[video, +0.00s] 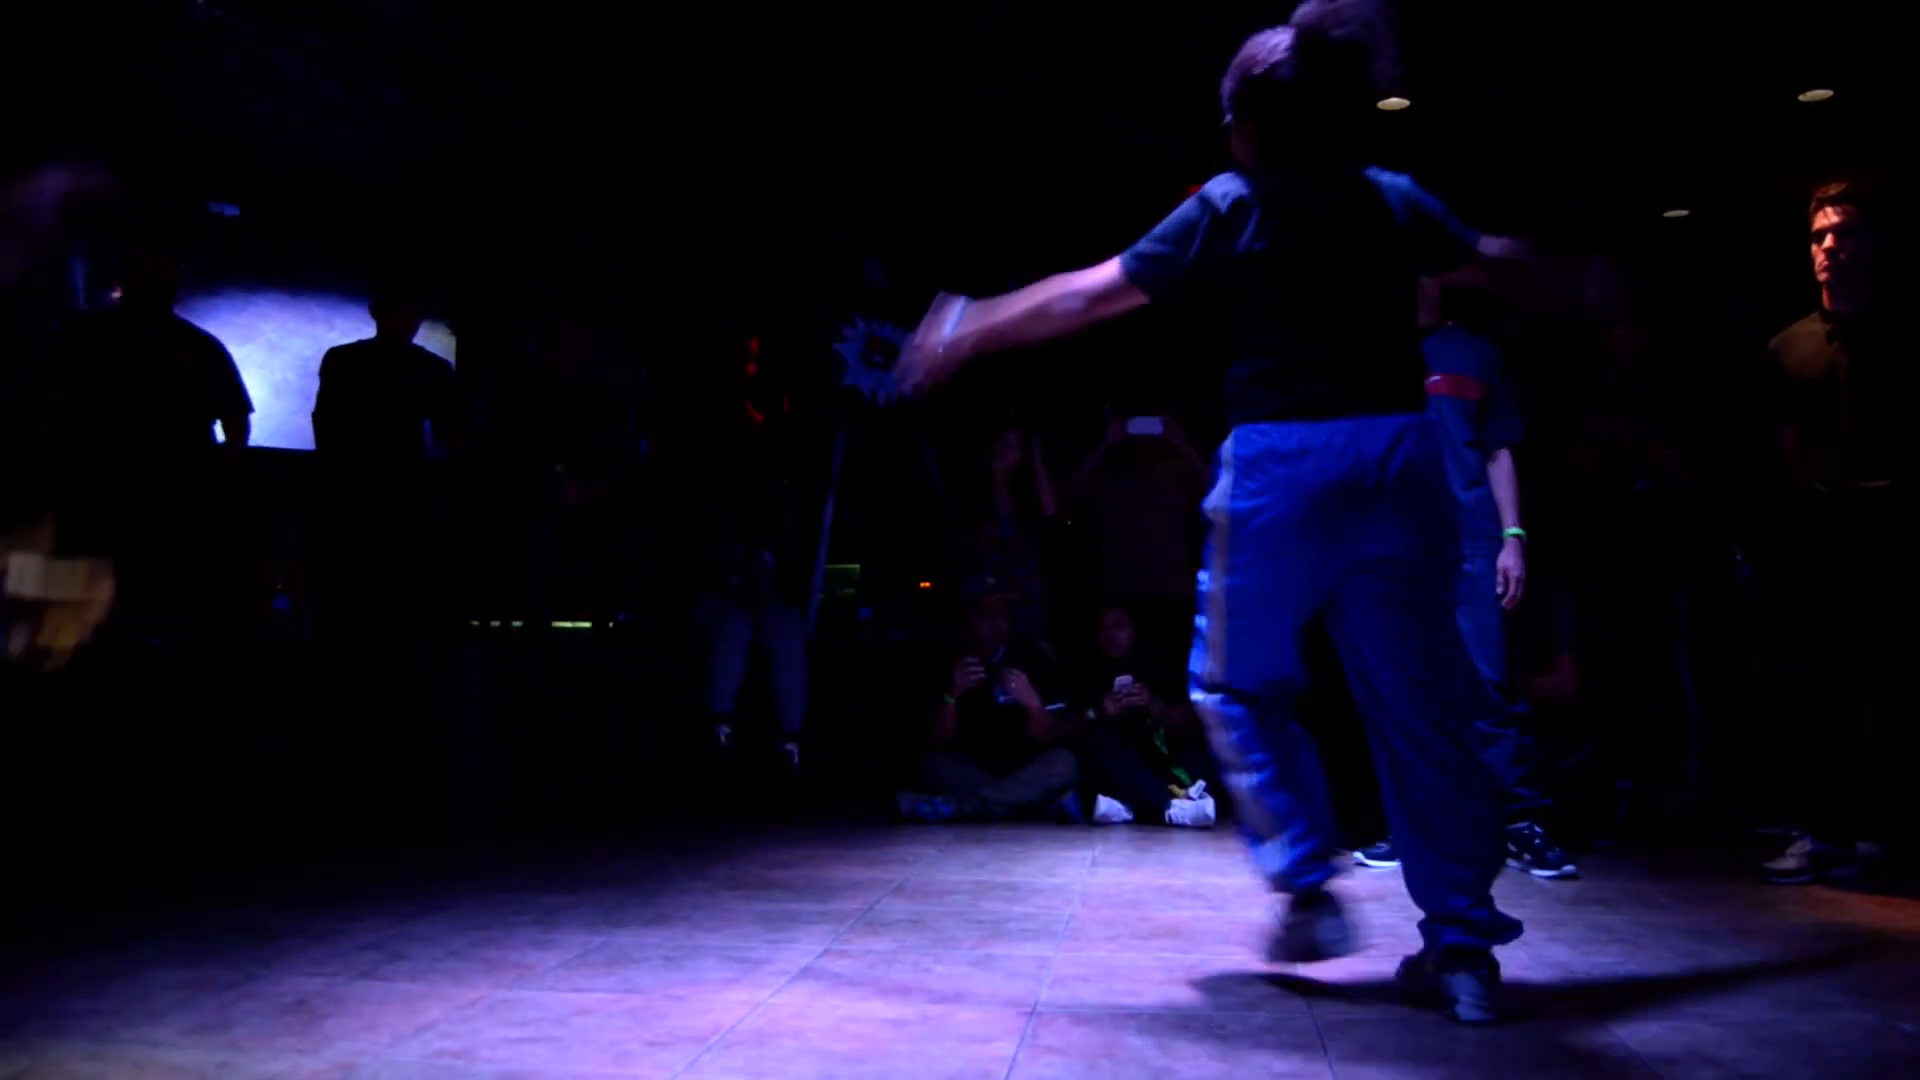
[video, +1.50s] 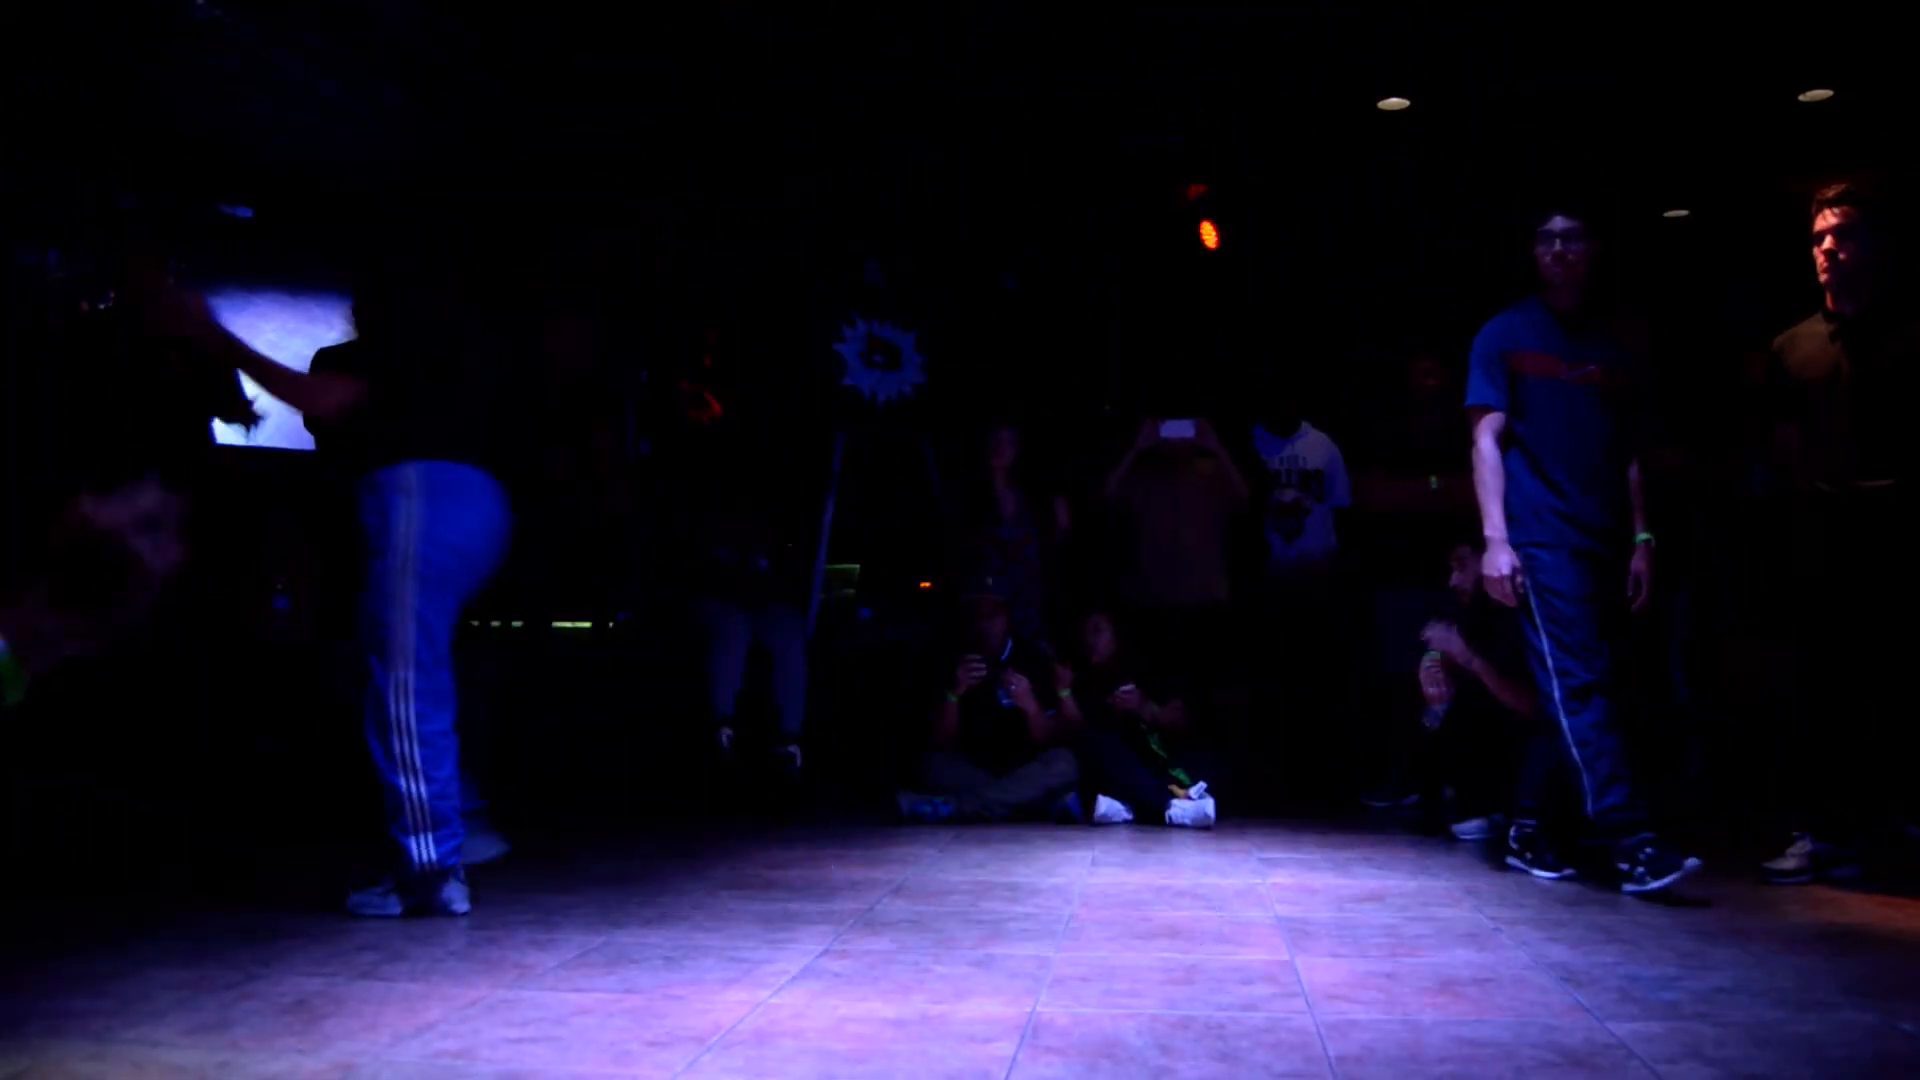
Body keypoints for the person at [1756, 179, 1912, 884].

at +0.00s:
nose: (1828, 250)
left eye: (1843, 235)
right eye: (1818, 237)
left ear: (1876, 249)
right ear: (1809, 253)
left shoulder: (1906, 339)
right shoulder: (1791, 348)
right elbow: (1768, 452)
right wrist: (1769, 532)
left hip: (1894, 541)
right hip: (1811, 540)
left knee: (1891, 683)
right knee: (1813, 681)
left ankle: (1890, 830)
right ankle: (1817, 828)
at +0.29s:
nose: (1825, 254)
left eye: (1840, 239)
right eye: (1817, 241)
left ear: (1875, 249)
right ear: (1810, 254)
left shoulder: (1903, 338)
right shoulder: (1795, 347)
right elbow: (1774, 451)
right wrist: (1776, 530)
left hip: (1892, 540)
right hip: (1812, 539)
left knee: (1890, 684)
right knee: (1815, 681)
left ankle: (1892, 835)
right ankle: (1818, 828)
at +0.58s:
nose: (1828, 249)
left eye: (1845, 234)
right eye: (1820, 236)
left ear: (1876, 249)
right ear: (1810, 252)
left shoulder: (1906, 338)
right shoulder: (1791, 347)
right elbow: (1768, 453)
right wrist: (1772, 530)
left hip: (1895, 541)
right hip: (1812, 539)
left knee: (1894, 683)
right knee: (1815, 682)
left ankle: (1900, 834)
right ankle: (1816, 829)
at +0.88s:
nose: (1828, 252)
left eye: (1843, 237)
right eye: (1819, 239)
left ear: (1876, 249)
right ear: (1811, 254)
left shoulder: (1905, 339)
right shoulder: (1792, 348)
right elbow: (1768, 449)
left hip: (1893, 539)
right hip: (1811, 538)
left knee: (1891, 684)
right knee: (1814, 682)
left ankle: (1892, 835)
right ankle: (1814, 829)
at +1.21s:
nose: (1829, 251)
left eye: (1844, 237)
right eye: (1820, 238)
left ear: (1876, 250)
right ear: (1812, 254)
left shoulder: (1908, 338)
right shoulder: (1794, 348)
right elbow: (1771, 451)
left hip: (1899, 538)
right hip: (1816, 537)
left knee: (1898, 683)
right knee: (1818, 682)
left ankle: (1903, 834)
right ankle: (1818, 829)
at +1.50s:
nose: (1828, 251)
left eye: (1844, 237)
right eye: (1820, 239)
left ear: (1875, 251)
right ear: (1812, 255)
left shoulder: (1908, 337)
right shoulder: (1793, 348)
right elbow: (1771, 450)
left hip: (1896, 537)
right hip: (1813, 536)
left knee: (1898, 681)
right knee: (1817, 681)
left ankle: (1900, 832)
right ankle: (1820, 828)